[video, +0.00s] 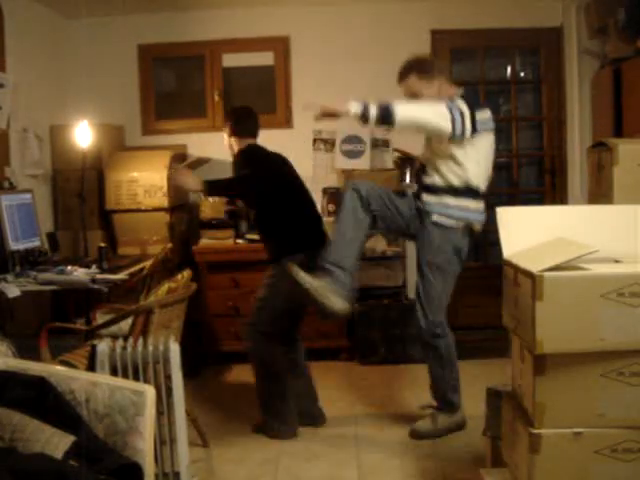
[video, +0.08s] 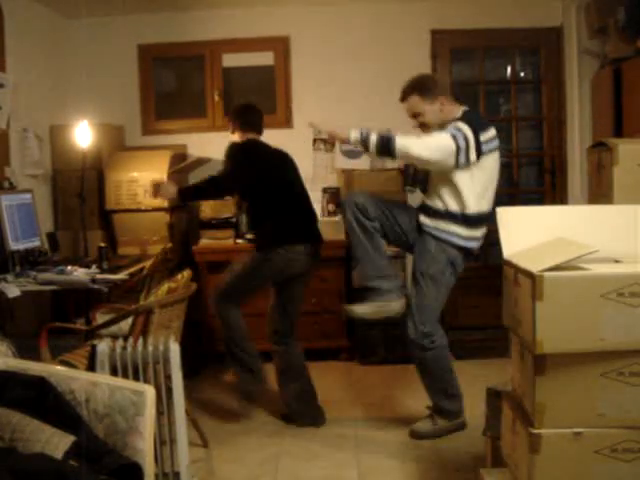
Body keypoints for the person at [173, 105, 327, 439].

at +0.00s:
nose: (225, 140)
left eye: (225, 134)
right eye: (226, 134)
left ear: (230, 134)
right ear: (257, 132)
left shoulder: (250, 161)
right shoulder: (275, 160)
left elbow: (247, 187)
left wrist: (201, 185)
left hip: (291, 257)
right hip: (311, 253)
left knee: (262, 331)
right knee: (285, 332)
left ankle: (279, 420)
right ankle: (307, 408)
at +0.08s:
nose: (229, 132)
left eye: (230, 126)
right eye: (232, 127)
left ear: (235, 127)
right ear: (260, 128)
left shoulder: (240, 153)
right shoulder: (281, 157)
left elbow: (227, 184)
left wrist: (181, 194)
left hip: (277, 250)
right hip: (305, 248)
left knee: (225, 298)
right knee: (284, 332)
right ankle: (304, 409)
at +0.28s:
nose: (258, 124)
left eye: (251, 119)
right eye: (264, 120)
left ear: (243, 122)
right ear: (272, 124)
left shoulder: (224, 148)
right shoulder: (287, 154)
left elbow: (191, 184)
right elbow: (305, 206)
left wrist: (190, 218)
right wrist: (278, 204)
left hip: (236, 236)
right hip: (278, 242)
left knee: (214, 289)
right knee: (260, 323)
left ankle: (216, 367)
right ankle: (253, 409)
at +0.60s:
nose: (291, 138)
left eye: (291, 131)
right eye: (290, 132)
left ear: (259, 129)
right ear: (277, 130)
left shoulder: (227, 157)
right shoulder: (275, 159)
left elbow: (192, 203)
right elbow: (306, 202)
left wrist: (189, 245)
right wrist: (307, 167)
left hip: (203, 250)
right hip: (234, 253)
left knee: (242, 314)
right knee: (256, 334)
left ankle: (226, 371)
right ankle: (238, 414)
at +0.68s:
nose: (295, 125)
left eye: (294, 118)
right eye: (290, 118)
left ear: (265, 119)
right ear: (272, 118)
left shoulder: (237, 143)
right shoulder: (263, 147)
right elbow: (294, 189)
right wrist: (306, 154)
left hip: (199, 236)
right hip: (219, 242)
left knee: (262, 272)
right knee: (246, 325)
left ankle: (250, 347)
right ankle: (232, 412)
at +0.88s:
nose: (277, 126)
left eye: (278, 120)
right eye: (270, 120)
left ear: (272, 123)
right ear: (250, 121)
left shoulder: (249, 155)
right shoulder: (233, 150)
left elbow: (243, 203)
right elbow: (257, 186)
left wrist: (254, 235)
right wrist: (281, 147)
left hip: (228, 252)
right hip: (208, 253)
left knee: (260, 320)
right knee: (240, 327)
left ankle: (247, 387)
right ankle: (218, 396)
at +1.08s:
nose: (260, 117)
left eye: (262, 110)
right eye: (253, 110)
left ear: (267, 114)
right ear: (235, 115)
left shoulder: (260, 154)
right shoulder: (218, 144)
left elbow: (261, 199)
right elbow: (228, 178)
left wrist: (274, 237)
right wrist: (254, 137)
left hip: (238, 247)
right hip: (209, 250)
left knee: (287, 279)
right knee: (238, 330)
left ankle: (271, 350)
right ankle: (217, 396)